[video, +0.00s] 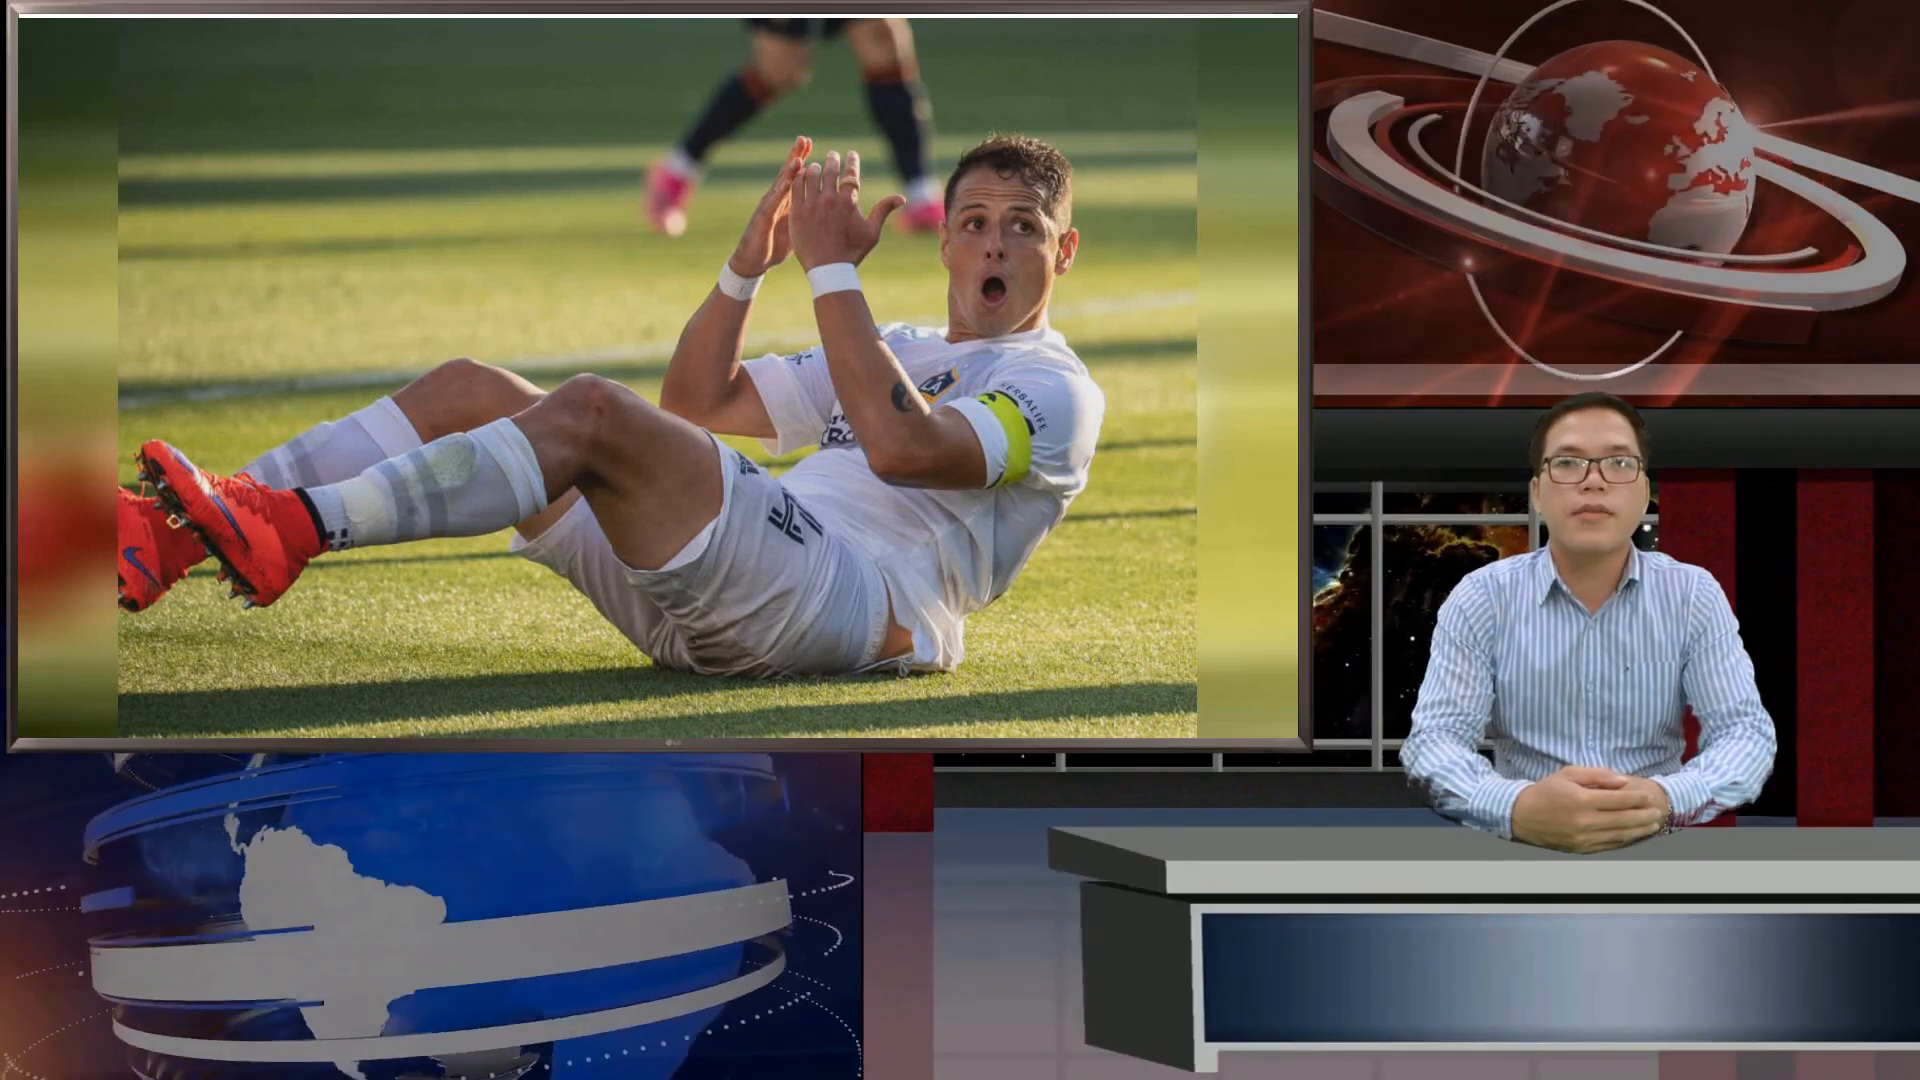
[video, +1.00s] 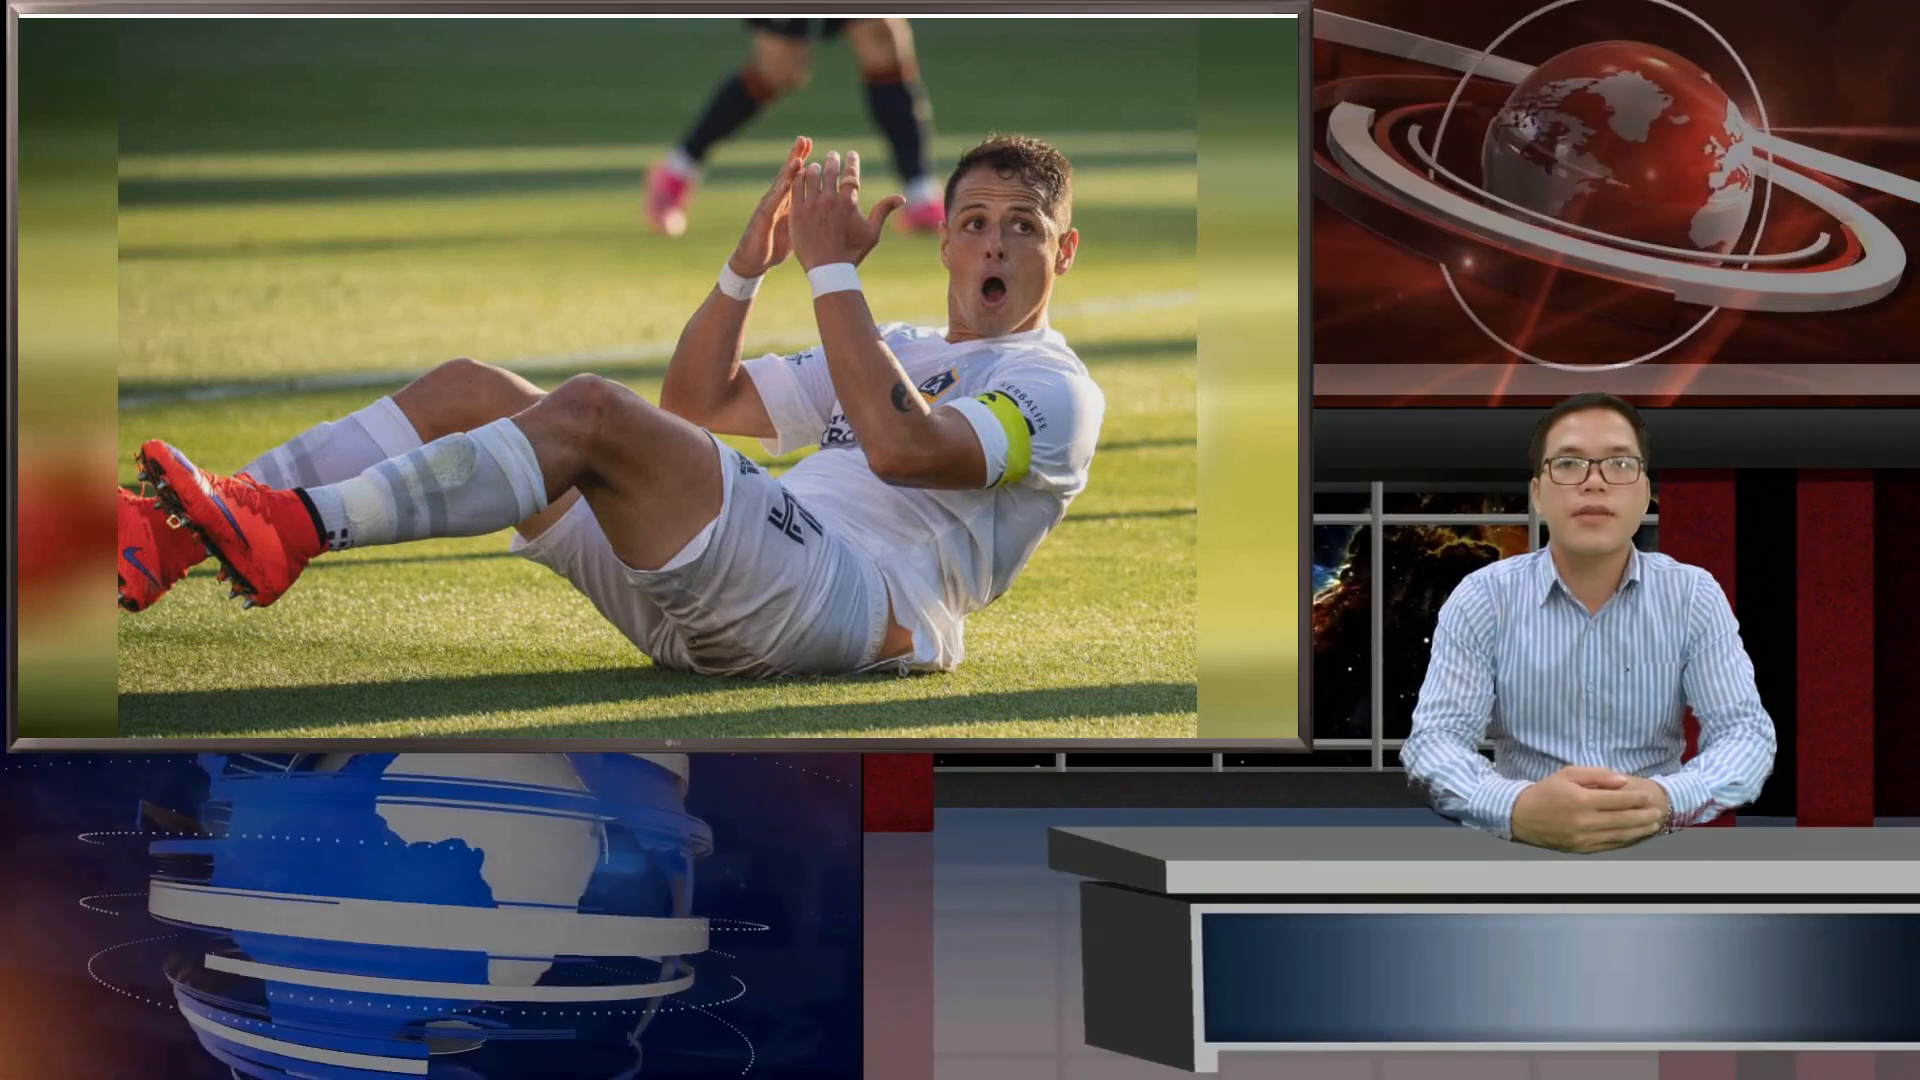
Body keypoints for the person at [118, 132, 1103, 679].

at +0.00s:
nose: (995, 246)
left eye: (1022, 230)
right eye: (976, 224)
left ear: (1065, 258)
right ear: (943, 240)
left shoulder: (1055, 389)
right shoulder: (892, 358)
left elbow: (902, 447)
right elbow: (695, 404)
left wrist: (833, 270)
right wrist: (747, 270)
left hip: (840, 603)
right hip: (732, 571)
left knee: (592, 413)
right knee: (468, 389)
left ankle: (300, 524)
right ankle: (180, 539)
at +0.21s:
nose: (995, 246)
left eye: (1022, 230)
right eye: (975, 224)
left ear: (1065, 257)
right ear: (942, 241)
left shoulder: (1055, 389)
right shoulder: (892, 358)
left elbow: (902, 447)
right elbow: (695, 405)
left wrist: (833, 270)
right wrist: (747, 270)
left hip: (840, 603)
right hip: (732, 573)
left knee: (592, 413)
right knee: (468, 389)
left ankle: (299, 525)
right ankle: (179, 539)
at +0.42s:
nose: (995, 246)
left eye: (1022, 230)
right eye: (975, 224)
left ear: (1065, 257)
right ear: (942, 241)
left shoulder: (1055, 389)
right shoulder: (892, 358)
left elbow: (902, 447)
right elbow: (695, 405)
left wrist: (833, 270)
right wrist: (747, 270)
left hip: (840, 603)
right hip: (733, 573)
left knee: (592, 413)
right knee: (468, 389)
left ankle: (299, 525)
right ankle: (179, 539)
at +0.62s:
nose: (996, 246)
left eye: (1024, 230)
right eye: (977, 223)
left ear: (1065, 258)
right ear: (943, 241)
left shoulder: (1056, 389)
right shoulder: (892, 358)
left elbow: (901, 446)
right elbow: (695, 406)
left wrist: (833, 268)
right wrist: (746, 269)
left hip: (840, 603)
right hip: (732, 572)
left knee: (592, 413)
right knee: (468, 389)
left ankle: (299, 525)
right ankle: (180, 539)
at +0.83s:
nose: (995, 246)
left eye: (1022, 230)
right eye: (975, 224)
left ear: (1065, 257)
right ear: (942, 241)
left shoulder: (1055, 389)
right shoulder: (892, 358)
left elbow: (902, 447)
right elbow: (695, 405)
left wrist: (833, 270)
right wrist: (747, 269)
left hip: (840, 603)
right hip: (733, 572)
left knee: (592, 413)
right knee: (468, 389)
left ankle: (299, 525)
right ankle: (179, 539)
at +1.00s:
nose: (996, 246)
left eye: (1024, 231)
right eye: (977, 223)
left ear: (1065, 258)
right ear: (943, 240)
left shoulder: (1056, 389)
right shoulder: (891, 357)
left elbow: (901, 446)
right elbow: (695, 406)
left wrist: (833, 268)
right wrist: (746, 270)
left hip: (838, 603)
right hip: (732, 571)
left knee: (592, 413)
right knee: (468, 389)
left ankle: (299, 524)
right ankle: (179, 539)